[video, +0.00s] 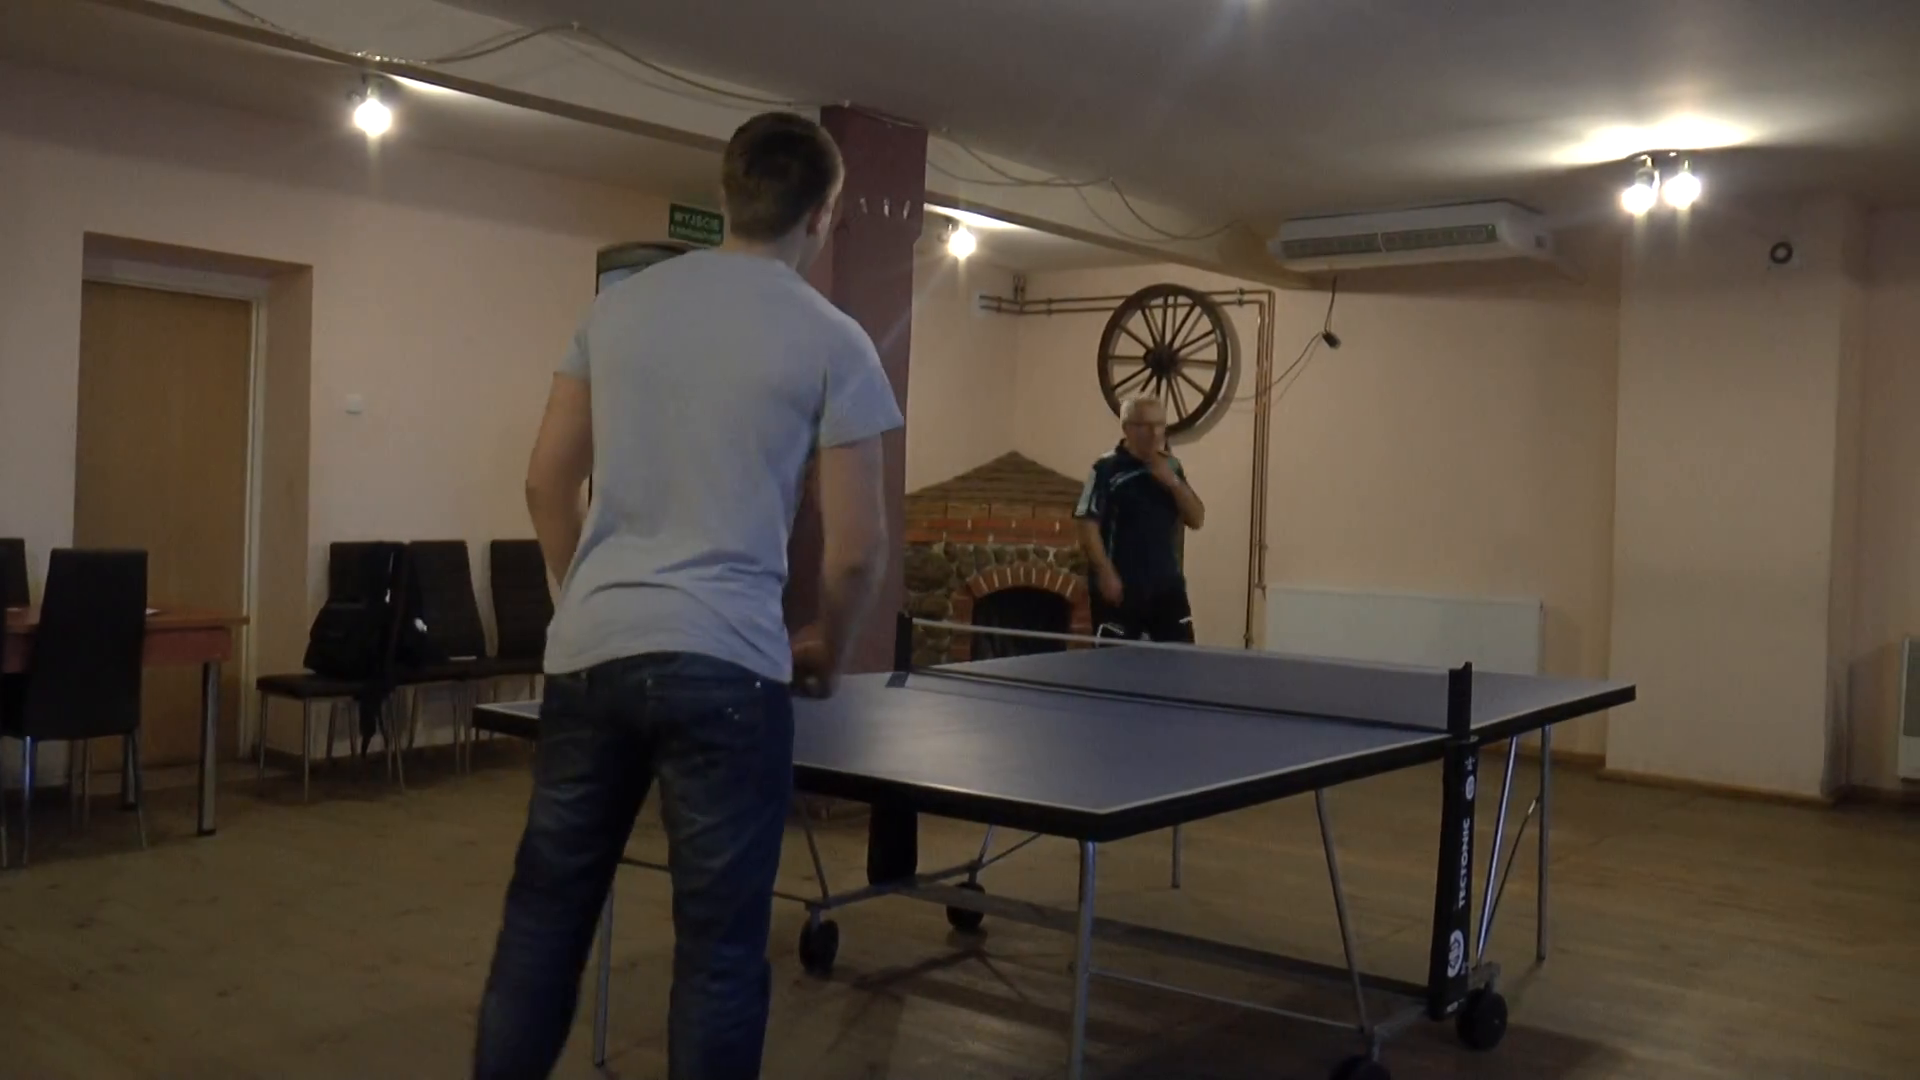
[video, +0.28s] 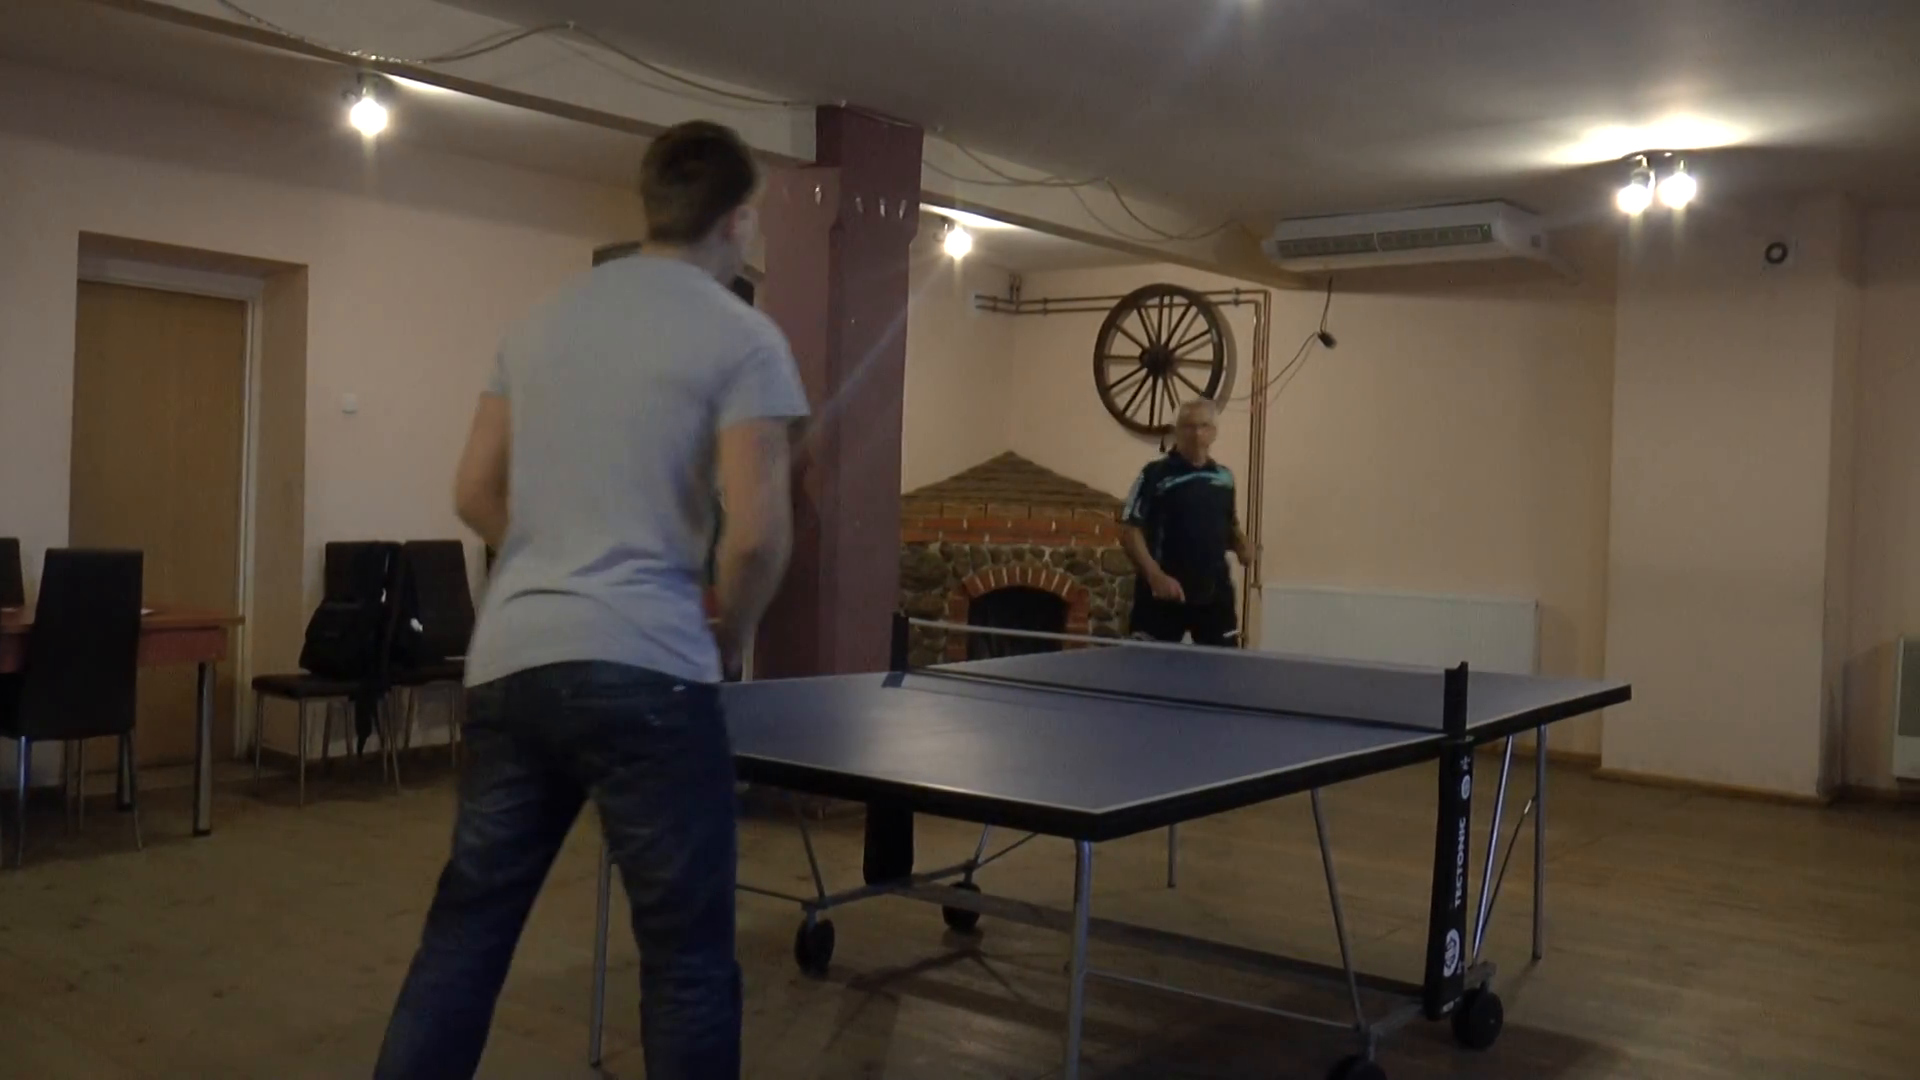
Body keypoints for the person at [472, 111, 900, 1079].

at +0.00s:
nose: (835, 228)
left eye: (838, 213)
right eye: (837, 213)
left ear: (725, 203)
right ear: (822, 215)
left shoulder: (618, 304)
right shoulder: (832, 339)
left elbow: (550, 476)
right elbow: (853, 552)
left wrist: (581, 598)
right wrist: (827, 642)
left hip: (589, 647)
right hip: (727, 656)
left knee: (547, 908)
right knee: (721, 940)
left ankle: (504, 1067)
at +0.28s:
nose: (755, 229)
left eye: (754, 212)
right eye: (754, 213)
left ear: (647, 209)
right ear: (734, 219)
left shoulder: (540, 320)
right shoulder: (740, 334)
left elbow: (477, 491)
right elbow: (754, 534)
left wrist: (551, 573)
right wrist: (724, 633)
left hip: (511, 660)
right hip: (646, 665)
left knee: (466, 927)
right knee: (687, 955)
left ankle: (406, 1072)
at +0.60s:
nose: (609, 231)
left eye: (607, 213)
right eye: (607, 213)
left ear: (503, 213)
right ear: (586, 214)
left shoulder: (408, 326)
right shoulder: (597, 326)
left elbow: (338, 497)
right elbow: (610, 525)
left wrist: (437, 559)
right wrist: (607, 635)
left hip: (397, 666)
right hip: (525, 672)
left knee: (396, 951)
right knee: (611, 963)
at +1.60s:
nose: (760, 216)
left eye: (761, 196)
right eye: (759, 196)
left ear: (649, 191)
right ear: (734, 199)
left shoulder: (540, 306)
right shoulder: (732, 332)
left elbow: (479, 470)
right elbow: (751, 541)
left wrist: (573, 532)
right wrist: (747, 624)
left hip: (525, 648)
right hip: (653, 659)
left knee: (474, 910)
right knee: (654, 945)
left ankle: (409, 1071)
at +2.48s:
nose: (618, 196)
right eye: (620, 183)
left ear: (506, 185)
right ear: (611, 193)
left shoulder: (435, 315)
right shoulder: (630, 323)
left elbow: (389, 481)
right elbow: (658, 532)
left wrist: (490, 524)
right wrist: (664, 592)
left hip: (449, 652)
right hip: (577, 657)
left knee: (441, 928)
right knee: (620, 939)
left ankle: (425, 1074)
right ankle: (628, 1074)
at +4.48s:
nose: (568, 228)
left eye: (572, 213)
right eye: (569, 211)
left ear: (460, 203)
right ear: (545, 204)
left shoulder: (365, 309)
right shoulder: (568, 308)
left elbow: (283, 488)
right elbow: (702, 472)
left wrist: (359, 560)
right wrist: (679, 538)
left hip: (364, 662)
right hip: (506, 662)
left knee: (352, 941)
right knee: (564, 948)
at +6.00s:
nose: (649, 209)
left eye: (650, 191)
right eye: (649, 190)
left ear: (541, 186)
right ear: (626, 190)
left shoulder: (433, 300)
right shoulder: (638, 315)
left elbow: (372, 475)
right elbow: (663, 523)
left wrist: (425, 613)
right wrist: (691, 637)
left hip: (443, 650)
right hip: (580, 654)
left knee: (406, 922)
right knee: (599, 938)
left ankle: (367, 1073)